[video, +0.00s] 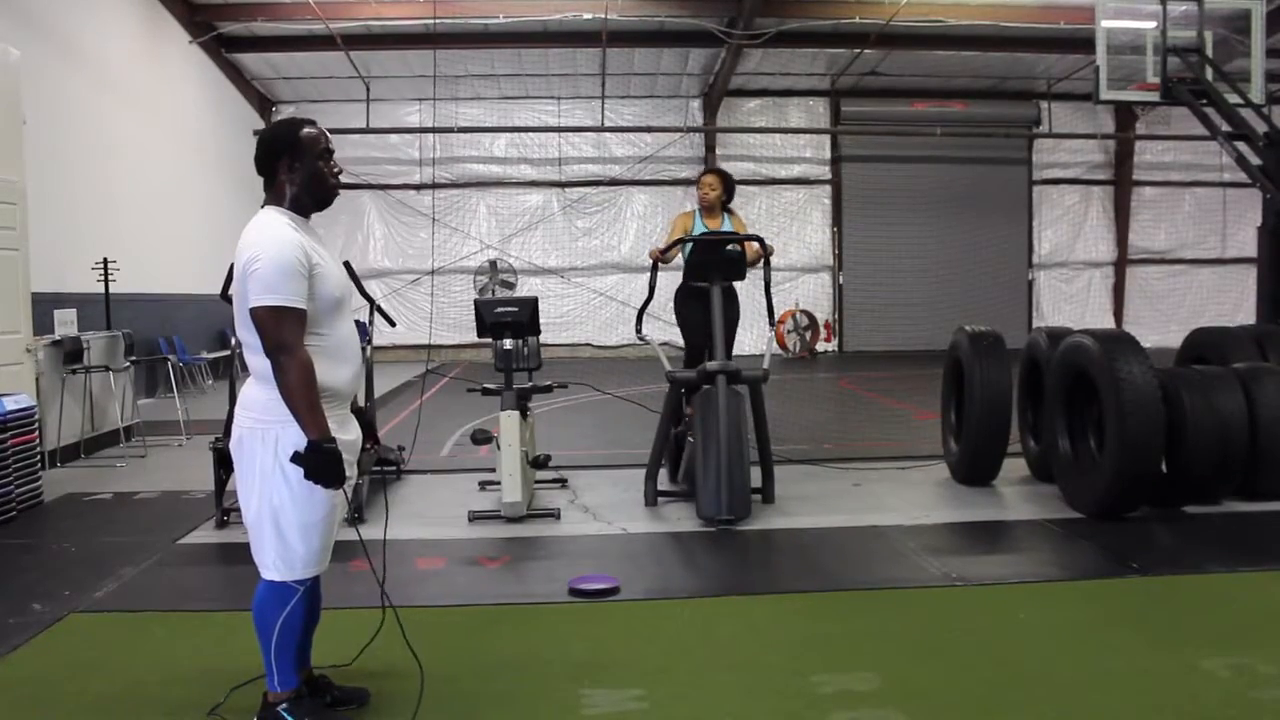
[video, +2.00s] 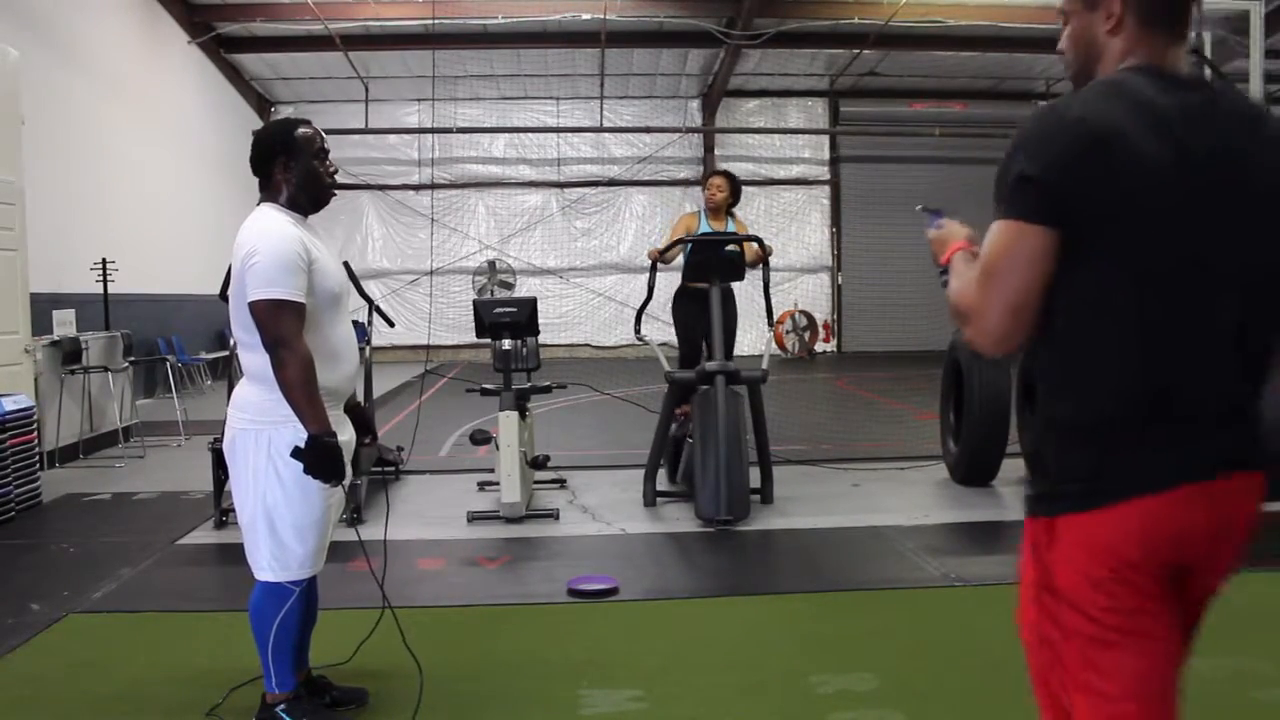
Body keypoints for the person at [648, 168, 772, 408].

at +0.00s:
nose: (704, 193)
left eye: (711, 189)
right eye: (701, 188)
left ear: (723, 194)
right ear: (696, 190)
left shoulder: (734, 221)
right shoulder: (685, 220)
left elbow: (746, 258)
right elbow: (670, 253)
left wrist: (759, 253)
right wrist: (660, 255)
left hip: (725, 294)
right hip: (692, 295)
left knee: (723, 352)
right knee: (696, 348)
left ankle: (721, 407)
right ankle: (690, 405)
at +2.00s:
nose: (712, 193)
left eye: (719, 189)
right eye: (708, 188)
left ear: (730, 197)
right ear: (703, 192)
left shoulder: (737, 225)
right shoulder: (690, 221)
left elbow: (748, 259)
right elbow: (670, 256)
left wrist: (760, 254)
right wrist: (659, 254)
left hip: (723, 297)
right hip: (691, 297)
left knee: (723, 356)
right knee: (690, 354)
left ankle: (720, 409)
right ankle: (683, 408)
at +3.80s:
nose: (697, 194)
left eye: (702, 190)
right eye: (691, 190)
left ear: (709, 196)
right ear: (681, 196)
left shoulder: (718, 224)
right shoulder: (670, 226)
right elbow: (659, 261)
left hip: (715, 296)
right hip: (682, 296)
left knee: (724, 357)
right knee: (686, 365)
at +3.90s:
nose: (706, 188)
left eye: (710, 184)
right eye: (699, 184)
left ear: (717, 189)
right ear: (688, 191)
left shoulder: (724, 220)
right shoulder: (676, 221)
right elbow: (662, 257)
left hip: (718, 294)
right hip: (685, 293)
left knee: (718, 359)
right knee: (687, 360)